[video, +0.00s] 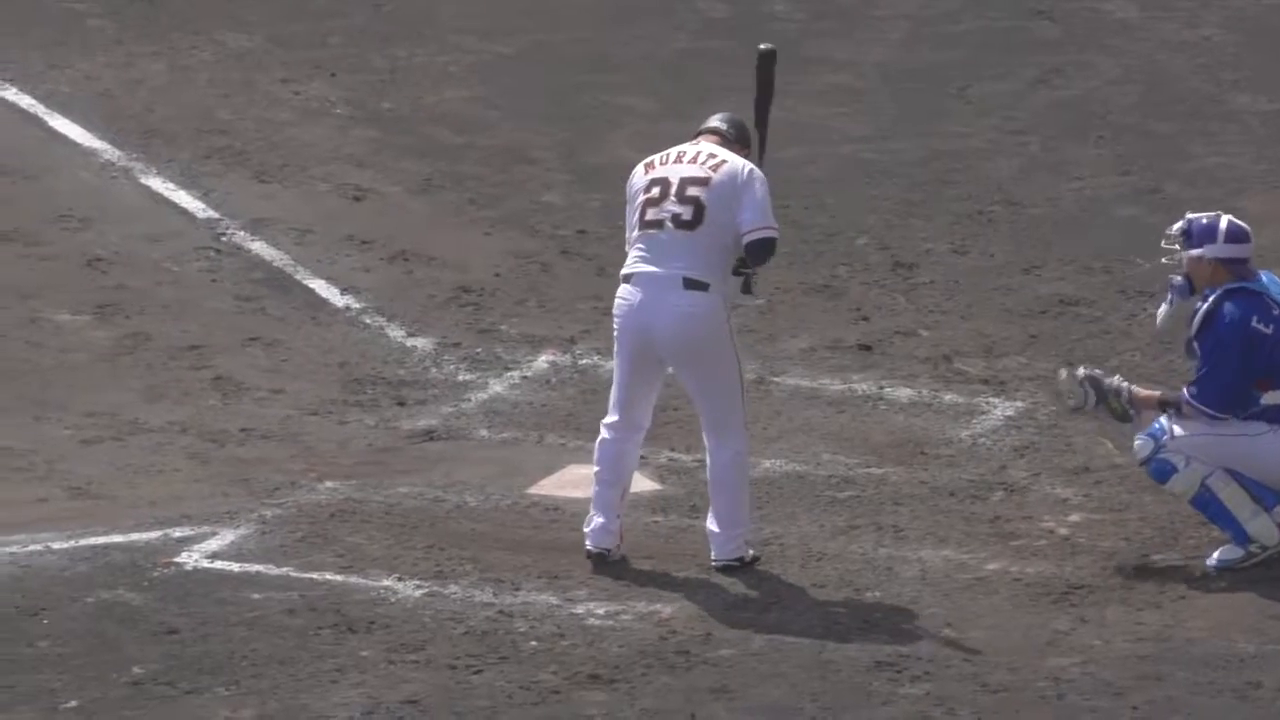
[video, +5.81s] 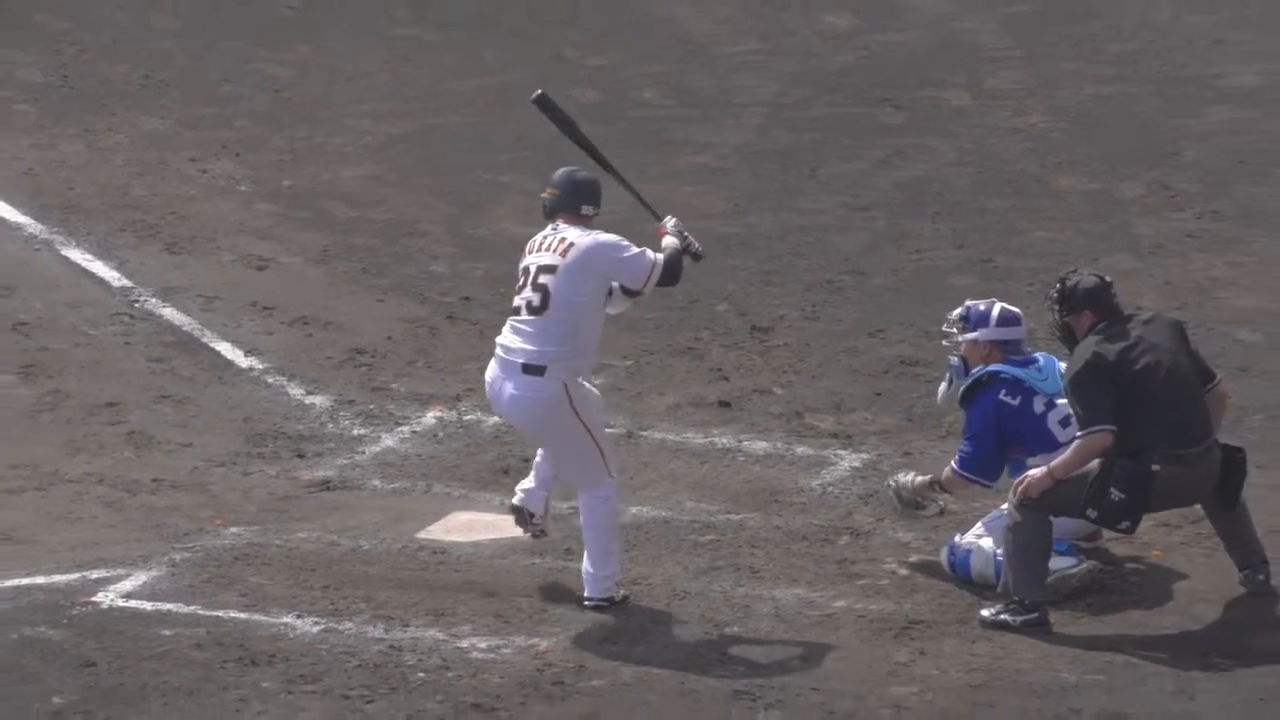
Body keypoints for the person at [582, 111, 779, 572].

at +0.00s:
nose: (743, 158)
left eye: (741, 152)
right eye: (744, 153)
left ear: (700, 134)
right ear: (740, 145)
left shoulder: (644, 166)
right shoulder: (742, 170)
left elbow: (638, 238)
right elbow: (760, 246)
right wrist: (742, 262)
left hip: (632, 299)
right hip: (696, 306)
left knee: (623, 421)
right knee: (724, 430)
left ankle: (600, 537)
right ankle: (729, 546)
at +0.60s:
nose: (726, 113)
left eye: (723, 106)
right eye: (724, 106)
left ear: (674, 108)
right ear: (717, 109)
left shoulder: (642, 161)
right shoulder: (736, 156)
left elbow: (658, 221)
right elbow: (787, 219)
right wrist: (769, 187)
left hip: (648, 306)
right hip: (711, 311)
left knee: (641, 417)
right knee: (740, 430)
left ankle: (606, 528)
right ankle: (741, 545)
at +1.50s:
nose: (687, 119)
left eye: (675, 110)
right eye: (718, 111)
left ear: (671, 113)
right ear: (720, 114)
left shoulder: (653, 162)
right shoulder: (743, 164)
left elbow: (712, 174)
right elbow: (806, 190)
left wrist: (761, 137)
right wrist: (791, 146)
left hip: (661, 312)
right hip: (724, 318)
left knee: (655, 421)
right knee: (751, 433)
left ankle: (615, 532)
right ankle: (748, 550)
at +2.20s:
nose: (640, 138)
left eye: (643, 133)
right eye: (647, 134)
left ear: (647, 138)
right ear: (691, 137)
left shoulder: (631, 184)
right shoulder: (712, 183)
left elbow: (704, 165)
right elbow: (780, 167)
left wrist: (743, 116)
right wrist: (762, 118)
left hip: (630, 336)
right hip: (690, 343)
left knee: (627, 444)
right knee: (716, 454)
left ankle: (578, 551)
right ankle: (708, 572)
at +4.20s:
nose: (603, 174)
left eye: (607, 169)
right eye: (659, 172)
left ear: (611, 172)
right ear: (657, 173)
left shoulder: (594, 217)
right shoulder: (673, 220)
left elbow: (672, 207)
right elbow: (738, 217)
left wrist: (710, 163)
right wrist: (728, 171)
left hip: (588, 369)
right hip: (648, 376)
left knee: (584, 476)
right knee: (676, 486)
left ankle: (535, 577)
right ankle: (664, 600)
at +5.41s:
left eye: (582, 197)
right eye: (630, 199)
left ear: (584, 199)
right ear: (627, 202)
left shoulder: (567, 242)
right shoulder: (638, 245)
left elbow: (641, 278)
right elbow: (708, 263)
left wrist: (710, 232)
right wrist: (705, 219)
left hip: (539, 392)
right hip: (599, 402)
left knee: (592, 435)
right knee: (632, 501)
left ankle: (554, 515)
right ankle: (619, 608)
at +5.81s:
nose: (594, 215)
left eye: (548, 201)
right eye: (593, 207)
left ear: (551, 205)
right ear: (591, 208)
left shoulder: (537, 243)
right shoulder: (598, 246)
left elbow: (607, 293)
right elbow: (668, 272)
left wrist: (666, 261)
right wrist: (672, 237)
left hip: (499, 381)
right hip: (548, 394)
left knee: (587, 404)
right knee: (598, 484)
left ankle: (532, 499)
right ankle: (601, 587)